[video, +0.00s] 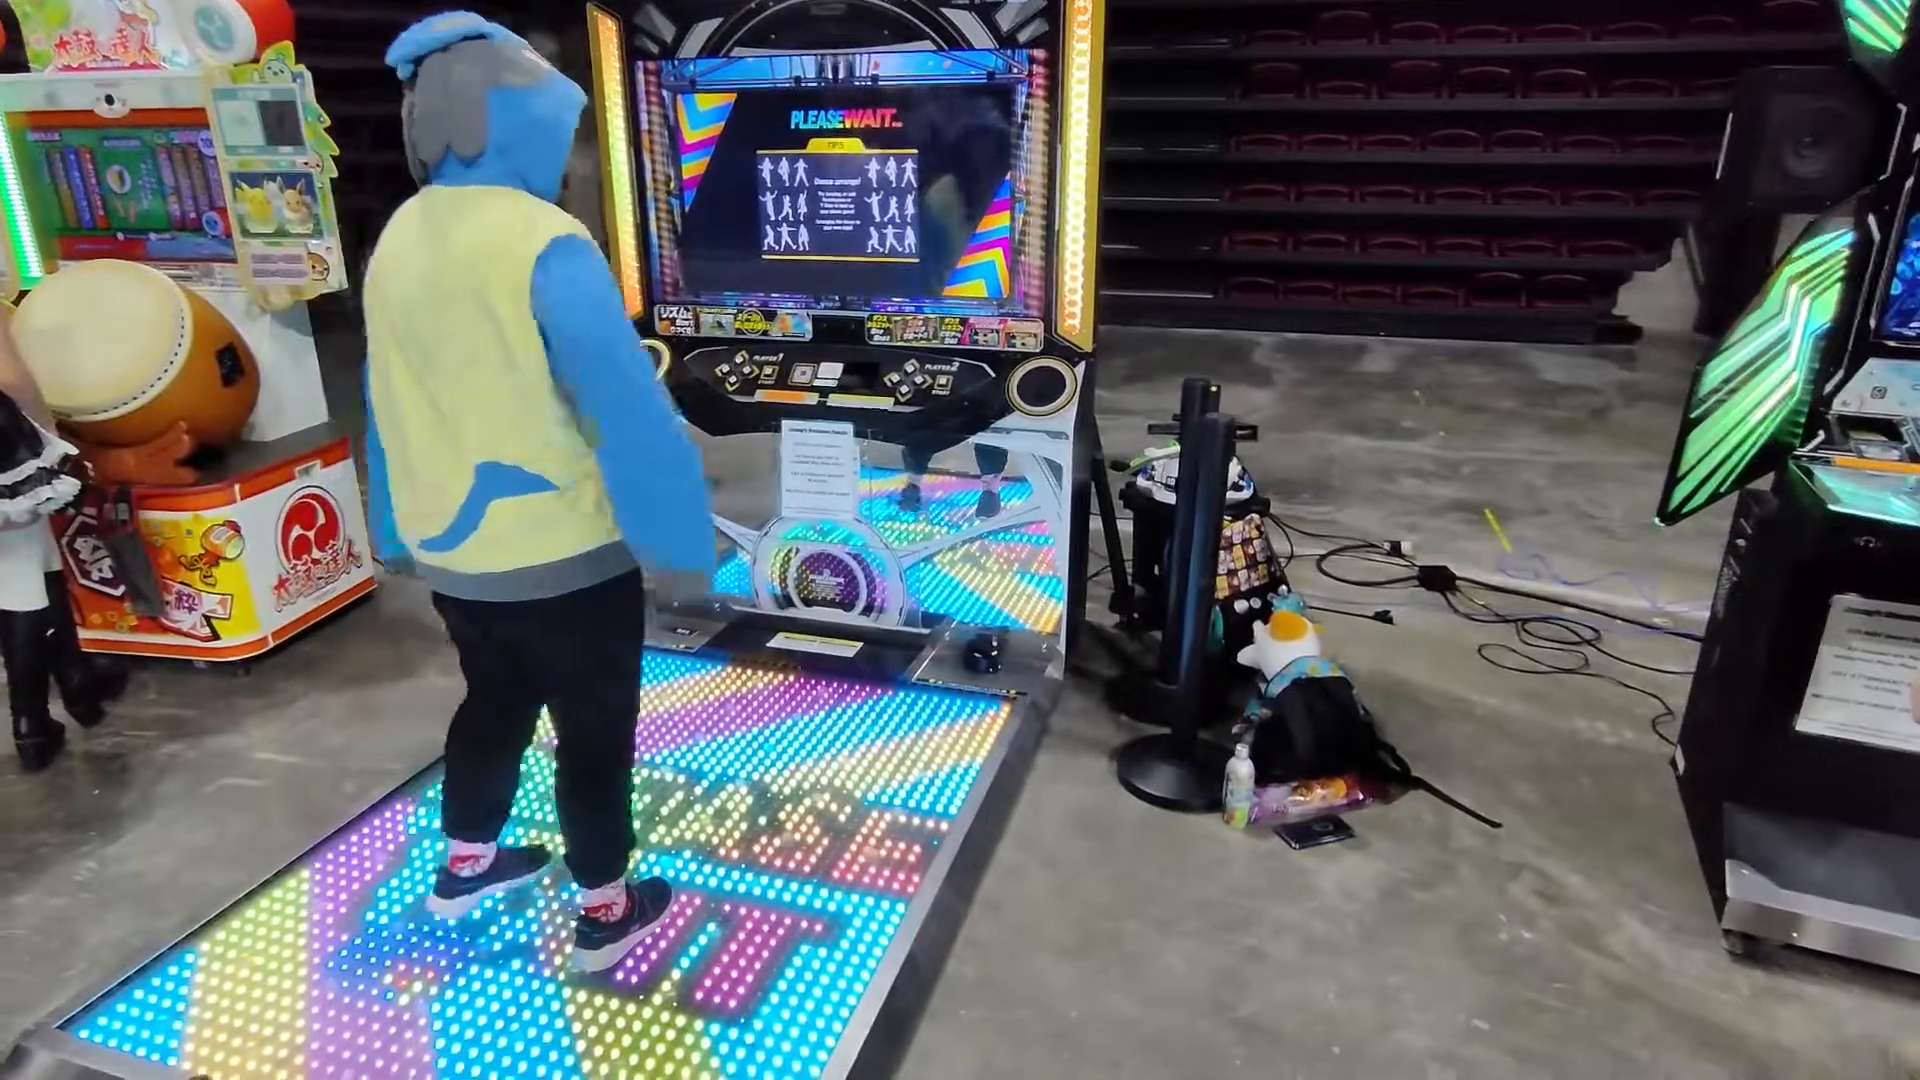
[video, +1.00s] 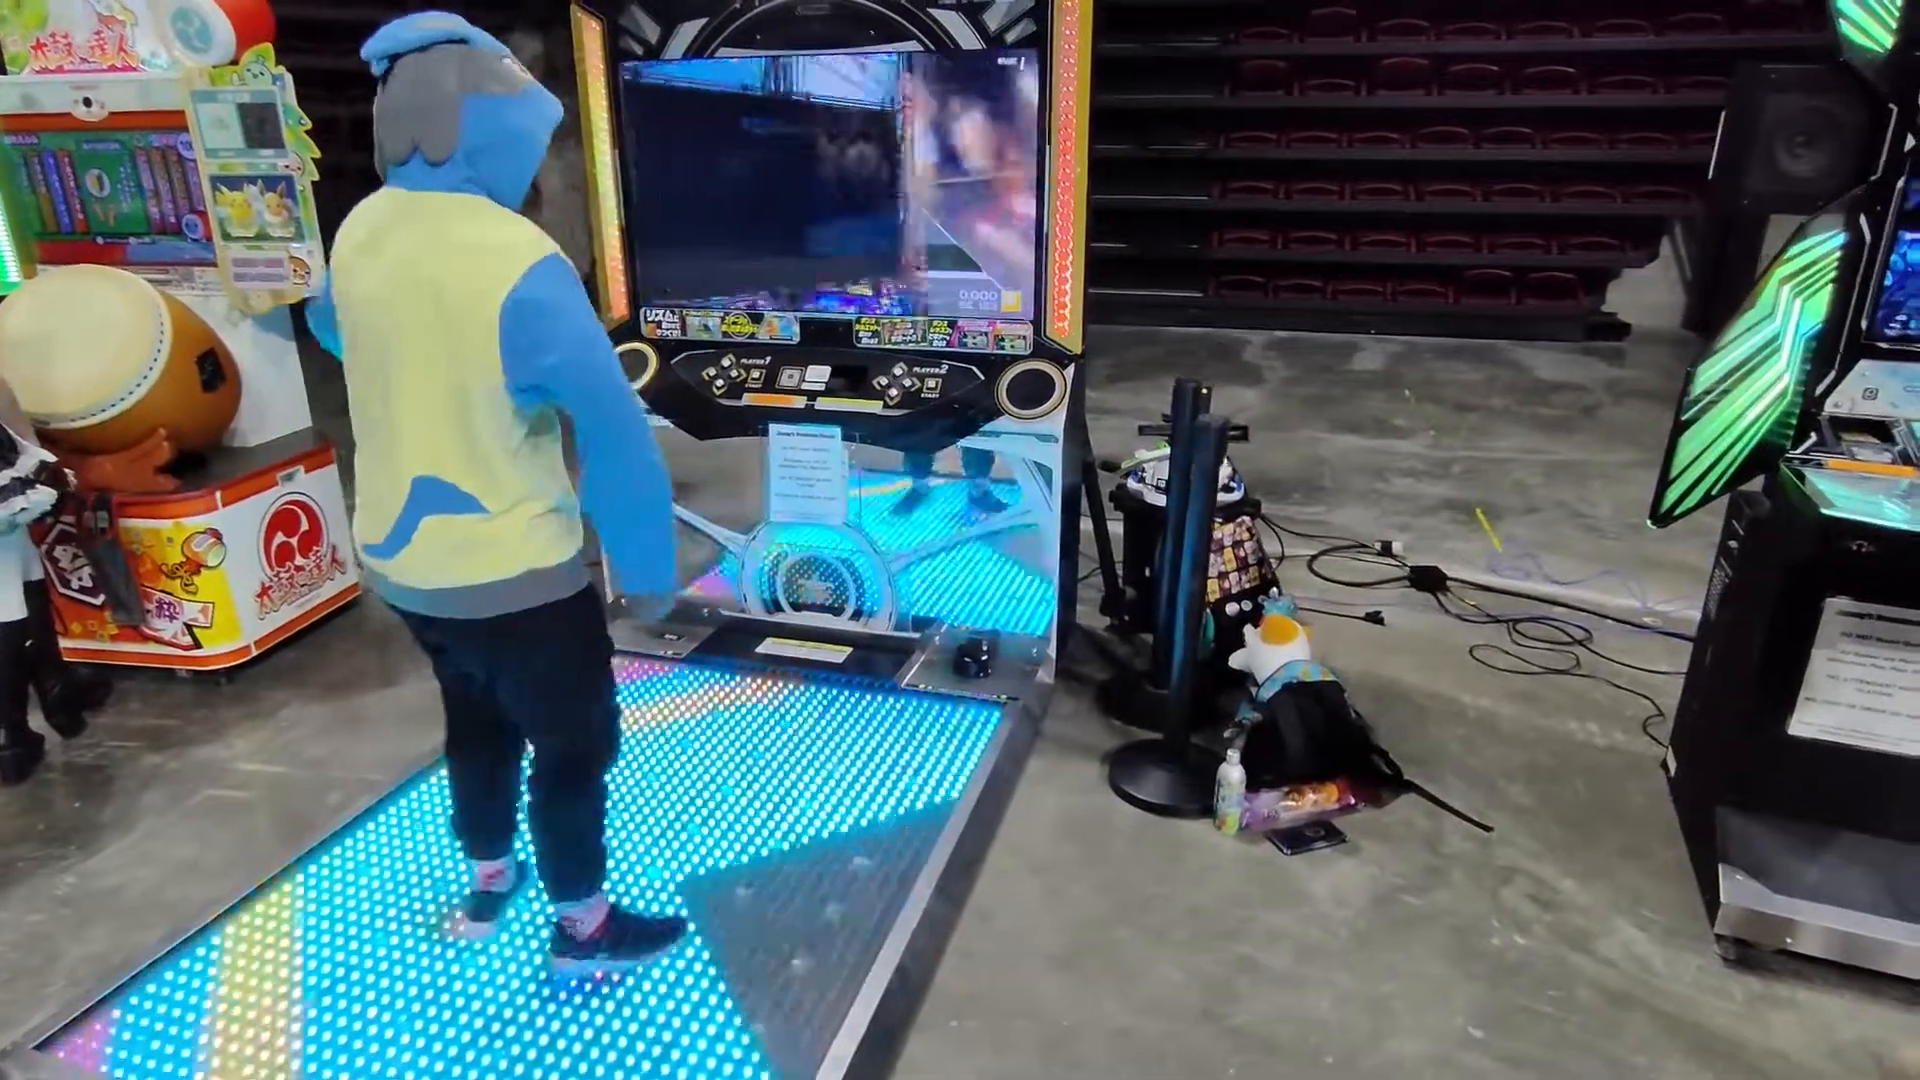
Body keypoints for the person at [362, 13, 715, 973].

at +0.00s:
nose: (554, 132)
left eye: (548, 113)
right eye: (539, 114)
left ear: (442, 129)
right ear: (500, 123)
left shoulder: (398, 239)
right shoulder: (546, 243)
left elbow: (387, 399)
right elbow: (625, 401)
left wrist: (398, 526)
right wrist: (681, 536)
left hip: (455, 555)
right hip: (567, 557)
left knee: (497, 693)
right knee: (596, 727)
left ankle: (466, 856)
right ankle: (603, 904)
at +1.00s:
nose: (530, 145)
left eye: (525, 124)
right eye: (515, 125)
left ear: (414, 134)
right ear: (471, 130)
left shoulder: (362, 232)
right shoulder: (520, 264)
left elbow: (337, 335)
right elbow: (615, 429)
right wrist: (648, 568)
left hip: (408, 567)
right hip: (521, 574)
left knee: (478, 718)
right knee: (575, 743)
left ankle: (489, 872)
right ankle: (581, 920)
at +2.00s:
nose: (455, 152)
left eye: (447, 131)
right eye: (442, 132)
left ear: (310, 147)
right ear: (407, 142)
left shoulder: (263, 253)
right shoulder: (452, 277)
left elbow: (364, 351)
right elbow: (567, 372)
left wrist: (494, 377)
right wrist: (672, 391)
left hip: (344, 591)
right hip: (480, 588)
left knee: (405, 731)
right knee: (542, 755)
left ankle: (420, 903)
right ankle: (585, 926)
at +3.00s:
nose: (602, 184)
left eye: (598, 162)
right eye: (592, 163)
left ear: (459, 163)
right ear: (554, 165)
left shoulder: (392, 273)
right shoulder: (595, 280)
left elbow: (374, 439)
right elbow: (647, 457)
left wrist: (380, 567)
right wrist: (675, 590)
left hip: (451, 584)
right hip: (583, 589)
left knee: (478, 741)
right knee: (585, 768)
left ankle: (460, 905)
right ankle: (596, 944)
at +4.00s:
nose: (530, 164)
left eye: (519, 147)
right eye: (516, 149)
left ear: (401, 177)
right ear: (494, 164)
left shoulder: (365, 276)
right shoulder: (567, 295)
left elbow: (331, 388)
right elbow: (707, 384)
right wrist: (837, 430)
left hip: (431, 597)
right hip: (563, 607)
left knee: (464, 754)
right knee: (575, 777)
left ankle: (472, 916)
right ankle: (603, 949)